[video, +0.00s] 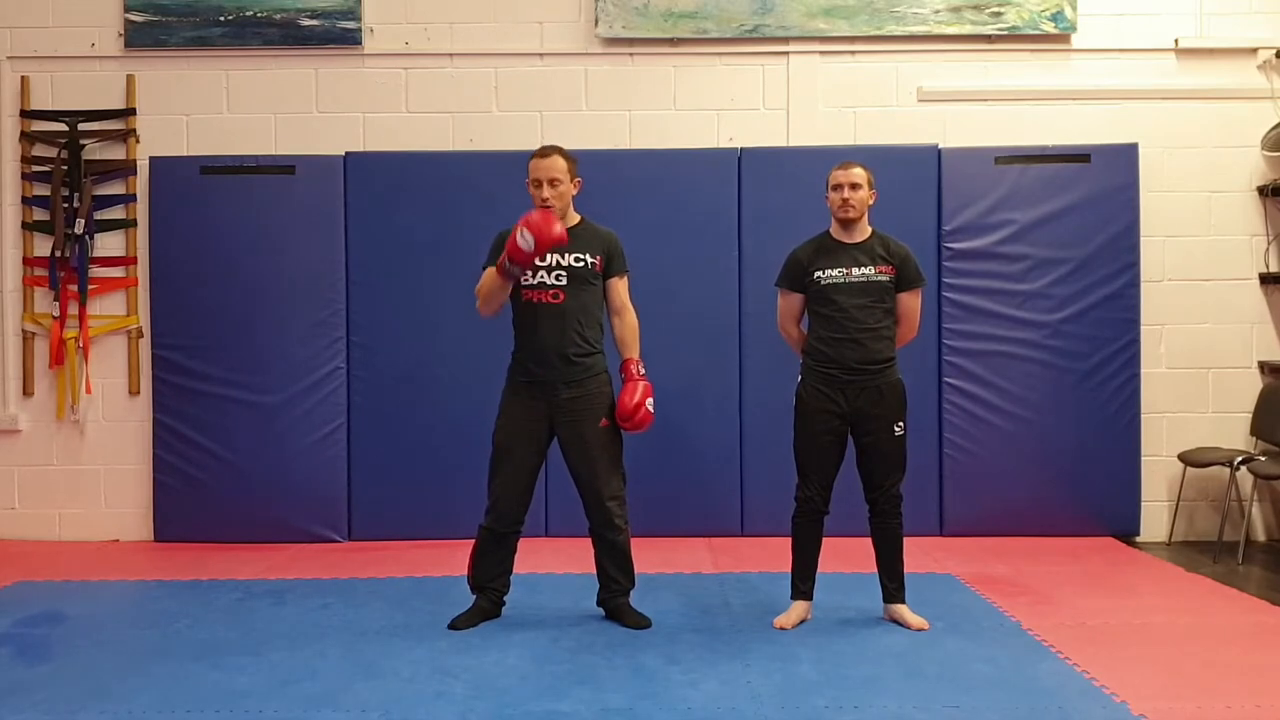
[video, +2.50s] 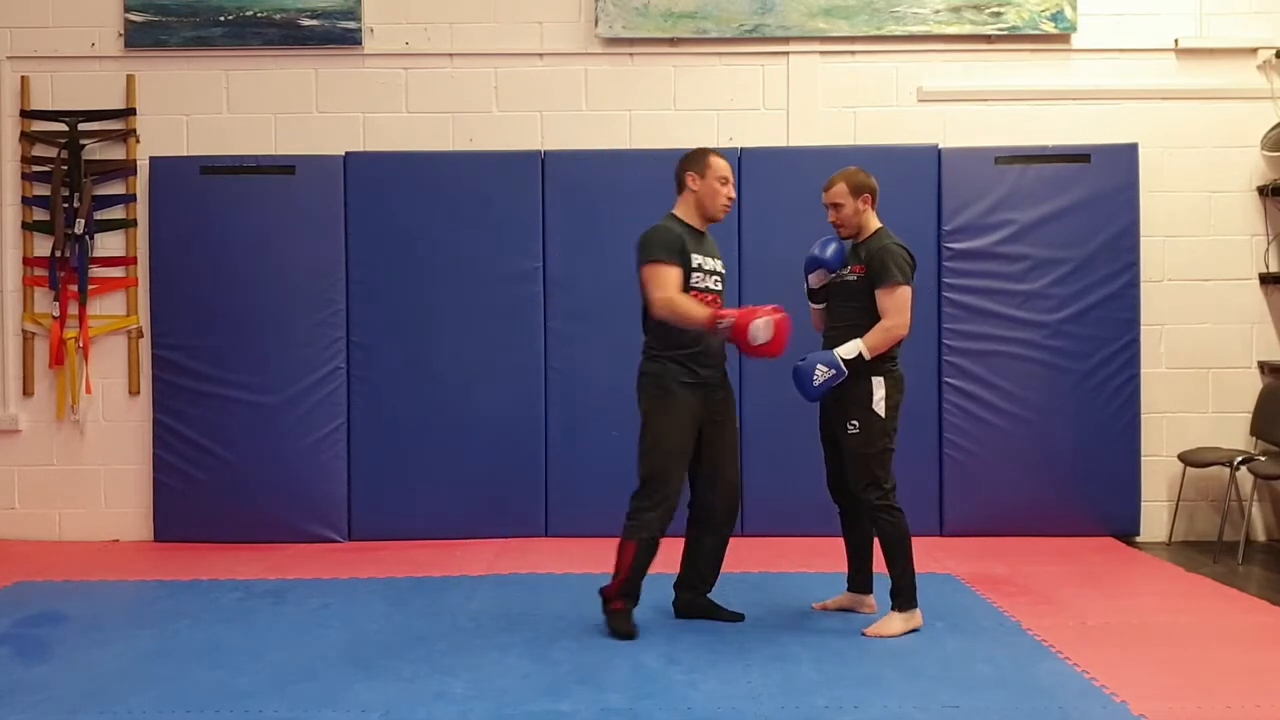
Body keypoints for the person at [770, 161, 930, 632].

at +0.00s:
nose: (845, 195)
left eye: (854, 187)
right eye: (837, 188)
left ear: (871, 195)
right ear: (827, 197)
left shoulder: (897, 255)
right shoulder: (805, 258)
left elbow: (908, 327)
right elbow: (788, 325)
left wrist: (865, 352)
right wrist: (822, 357)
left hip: (880, 392)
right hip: (820, 393)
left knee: (886, 499)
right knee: (810, 497)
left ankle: (894, 601)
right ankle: (801, 599)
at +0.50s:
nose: (845, 196)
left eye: (854, 188)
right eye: (837, 188)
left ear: (872, 196)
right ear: (827, 197)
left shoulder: (897, 256)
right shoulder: (805, 258)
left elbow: (908, 327)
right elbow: (788, 325)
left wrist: (866, 353)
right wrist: (822, 357)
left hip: (880, 392)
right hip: (821, 393)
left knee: (886, 499)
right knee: (811, 497)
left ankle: (894, 601)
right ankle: (801, 599)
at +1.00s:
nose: (835, 202)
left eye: (845, 194)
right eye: (831, 194)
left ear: (871, 199)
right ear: (828, 199)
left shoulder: (900, 255)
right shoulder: (812, 259)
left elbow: (923, 322)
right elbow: (807, 325)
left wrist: (908, 376)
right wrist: (805, 376)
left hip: (884, 390)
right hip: (824, 391)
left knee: (888, 500)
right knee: (810, 496)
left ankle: (892, 600)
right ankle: (799, 597)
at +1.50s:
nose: (838, 207)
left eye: (847, 198)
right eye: (837, 198)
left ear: (876, 200)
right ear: (853, 201)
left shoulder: (904, 250)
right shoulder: (839, 253)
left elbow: (917, 314)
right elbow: (831, 311)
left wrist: (892, 343)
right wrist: (819, 323)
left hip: (888, 383)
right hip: (840, 381)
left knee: (888, 490)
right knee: (825, 484)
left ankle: (892, 602)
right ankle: (851, 586)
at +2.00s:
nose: (823, 217)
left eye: (830, 207)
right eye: (820, 208)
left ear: (857, 203)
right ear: (823, 208)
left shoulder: (883, 253)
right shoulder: (827, 253)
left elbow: (893, 328)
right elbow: (807, 319)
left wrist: (842, 368)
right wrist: (806, 276)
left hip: (868, 383)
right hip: (829, 382)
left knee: (868, 490)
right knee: (840, 490)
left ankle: (893, 600)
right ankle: (857, 591)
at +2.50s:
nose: (831, 216)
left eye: (837, 207)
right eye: (828, 208)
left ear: (865, 204)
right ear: (848, 207)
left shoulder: (886, 252)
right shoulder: (843, 254)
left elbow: (897, 325)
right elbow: (825, 328)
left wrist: (840, 358)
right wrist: (816, 288)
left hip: (873, 383)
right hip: (843, 382)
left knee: (875, 493)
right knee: (845, 490)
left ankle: (907, 609)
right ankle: (859, 592)